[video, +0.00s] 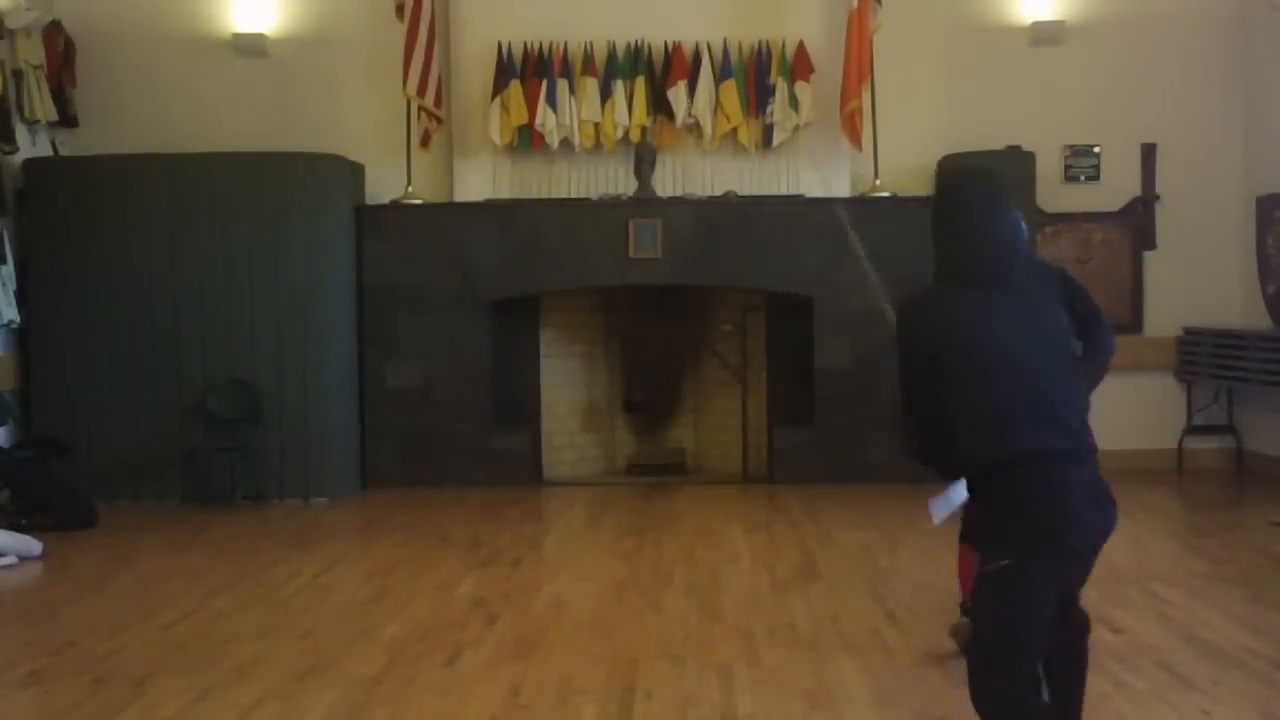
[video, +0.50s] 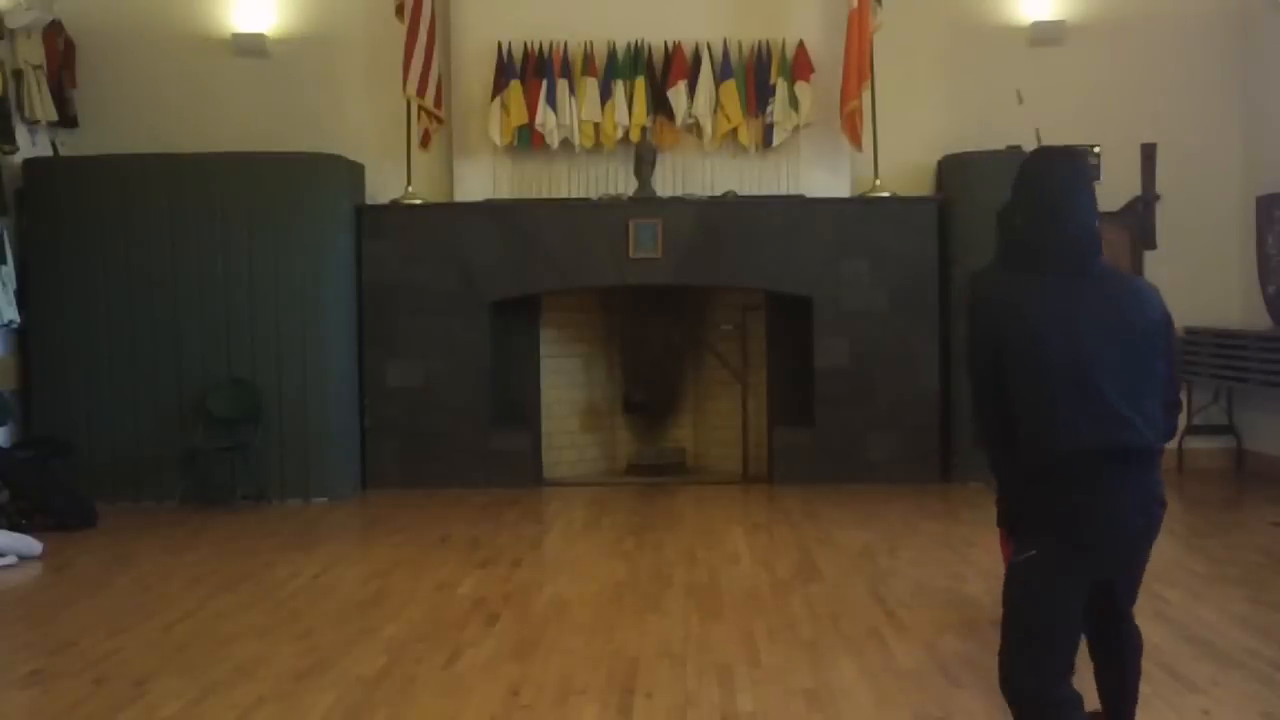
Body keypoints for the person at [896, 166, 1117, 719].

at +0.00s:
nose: (1023, 227)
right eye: (1016, 219)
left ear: (943, 232)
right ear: (1009, 225)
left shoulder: (925, 310)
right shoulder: (1046, 278)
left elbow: (925, 432)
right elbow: (1101, 341)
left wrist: (959, 468)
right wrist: (1064, 396)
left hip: (1014, 509)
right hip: (1083, 497)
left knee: (999, 670)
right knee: (1060, 610)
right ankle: (1065, 707)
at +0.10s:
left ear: (968, 238)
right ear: (1033, 232)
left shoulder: (954, 319)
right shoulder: (1071, 295)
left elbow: (951, 448)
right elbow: (1104, 358)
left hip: (1025, 518)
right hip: (1104, 508)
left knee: (1009, 690)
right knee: (1082, 610)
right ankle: (1102, 712)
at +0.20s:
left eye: (989, 234)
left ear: (987, 241)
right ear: (1051, 236)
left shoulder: (975, 317)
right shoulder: (1092, 311)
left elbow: (967, 438)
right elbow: (1112, 415)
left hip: (1045, 524)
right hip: (1121, 514)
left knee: (1012, 689)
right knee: (1089, 607)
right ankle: (1111, 713)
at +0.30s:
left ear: (1000, 239)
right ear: (1067, 237)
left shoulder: (984, 318)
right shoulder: (1113, 319)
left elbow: (982, 434)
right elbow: (1138, 415)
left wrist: (1024, 473)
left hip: (1055, 522)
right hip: (1133, 513)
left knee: (1005, 682)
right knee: (1099, 607)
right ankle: (1114, 713)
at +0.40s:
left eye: (1008, 223)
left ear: (1011, 230)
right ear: (1080, 230)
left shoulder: (996, 310)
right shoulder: (1131, 312)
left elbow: (990, 424)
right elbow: (1157, 418)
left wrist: (1023, 485)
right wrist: (1121, 477)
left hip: (1052, 516)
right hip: (1134, 512)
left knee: (1005, 677)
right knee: (1104, 611)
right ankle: (1115, 713)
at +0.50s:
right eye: (1090, 207)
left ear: (1019, 216)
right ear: (1090, 216)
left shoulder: (997, 297)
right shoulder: (1141, 300)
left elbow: (993, 418)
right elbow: (1165, 414)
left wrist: (1010, 508)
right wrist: (1130, 473)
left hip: (1049, 503)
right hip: (1133, 501)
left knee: (1031, 677)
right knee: (1114, 621)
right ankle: (1120, 711)